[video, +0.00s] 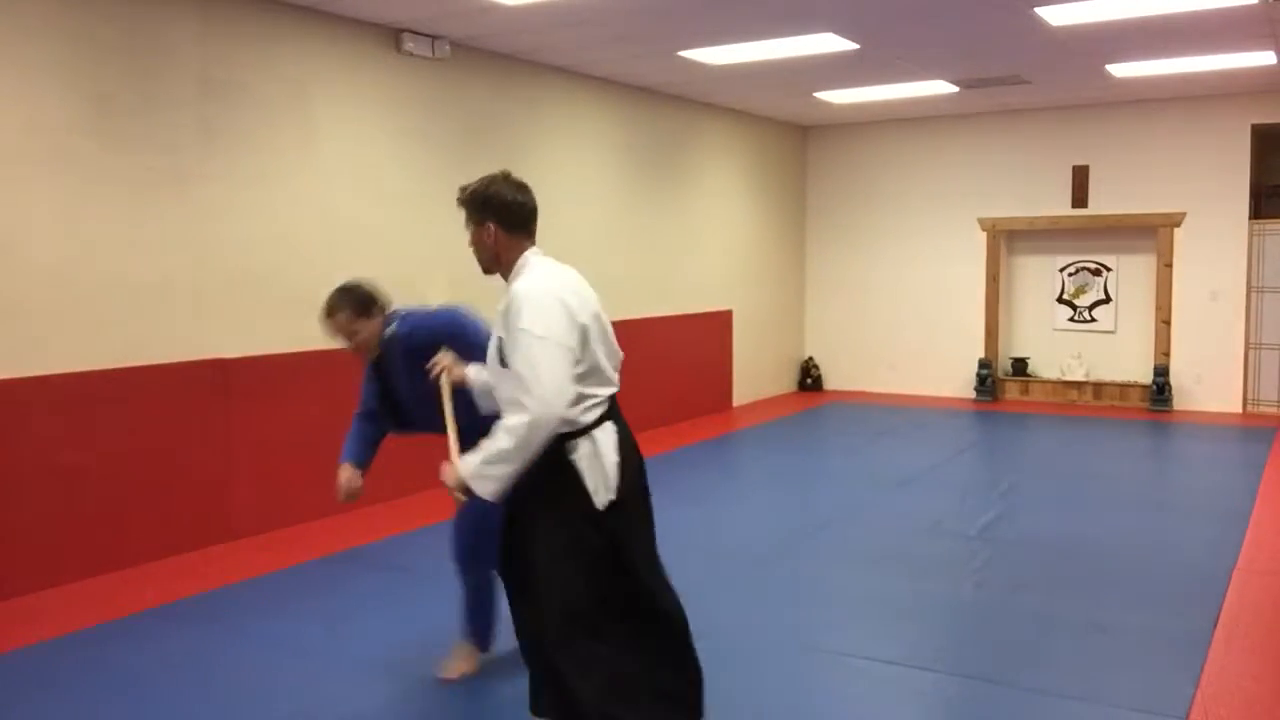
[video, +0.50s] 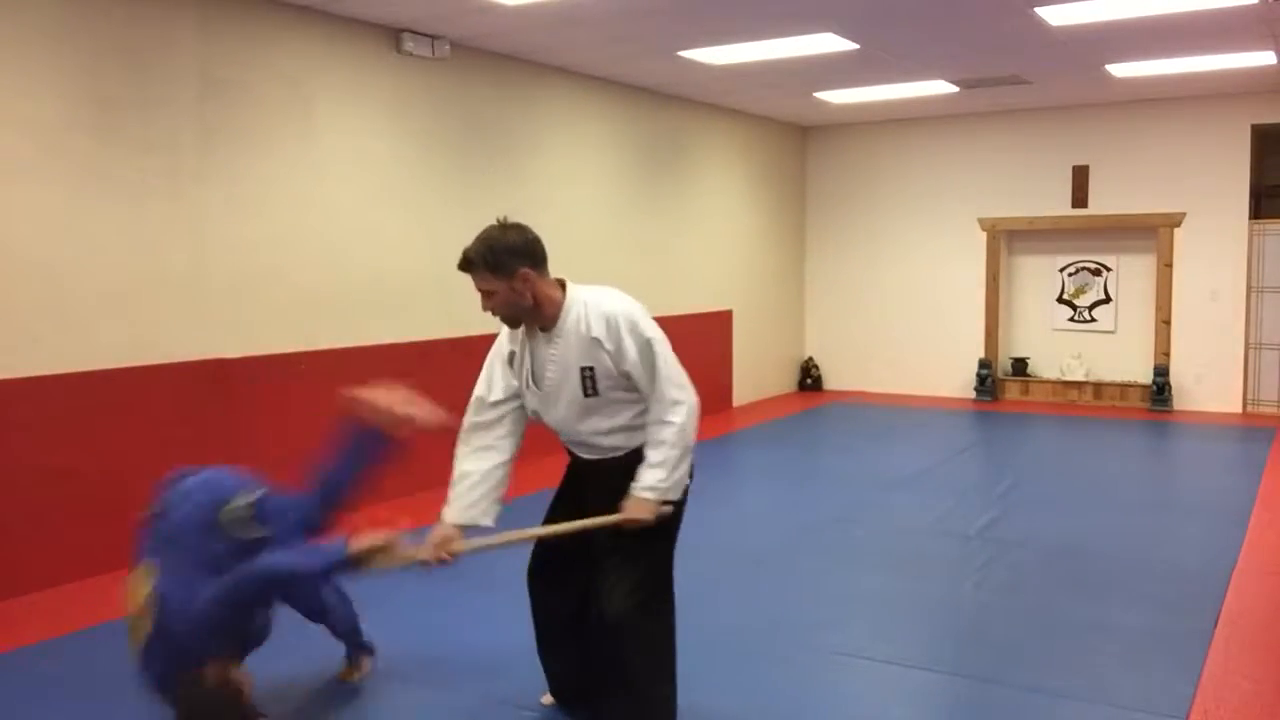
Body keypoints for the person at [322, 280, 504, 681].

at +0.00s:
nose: (350, 343)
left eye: (352, 332)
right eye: (343, 337)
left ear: (375, 316)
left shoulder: (414, 329)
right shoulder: (382, 366)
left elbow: (461, 320)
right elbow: (371, 415)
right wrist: (353, 462)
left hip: (510, 433)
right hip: (480, 441)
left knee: (472, 537)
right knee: (513, 547)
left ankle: (476, 641)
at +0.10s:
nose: (301, 397)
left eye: (299, 385)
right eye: (295, 388)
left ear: (320, 368)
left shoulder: (364, 371)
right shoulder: (346, 405)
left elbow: (412, 354)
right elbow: (338, 450)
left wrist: (467, 374)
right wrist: (323, 496)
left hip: (482, 447)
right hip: (455, 457)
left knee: (429, 549)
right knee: (488, 550)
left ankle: (408, 646)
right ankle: (544, 620)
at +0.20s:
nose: (250, 476)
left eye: (247, 465)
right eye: (243, 469)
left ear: (263, 446)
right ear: (260, 451)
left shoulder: (314, 426)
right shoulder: (299, 473)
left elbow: (366, 402)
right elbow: (290, 511)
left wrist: (429, 408)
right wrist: (289, 554)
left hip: (439, 461)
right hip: (426, 475)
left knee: (381, 564)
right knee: (469, 554)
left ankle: (352, 657)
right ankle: (542, 619)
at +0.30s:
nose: (227, 564)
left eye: (220, 557)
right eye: (219, 562)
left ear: (222, 533)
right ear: (215, 537)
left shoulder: (265, 494)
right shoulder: (235, 524)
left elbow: (325, 464)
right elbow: (245, 583)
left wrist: (392, 458)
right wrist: (257, 636)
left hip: (386, 490)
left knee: (345, 579)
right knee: (435, 554)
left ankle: (347, 662)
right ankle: (530, 598)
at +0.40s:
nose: (236, 647)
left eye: (230, 636)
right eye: (224, 651)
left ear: (219, 611)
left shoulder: (235, 559)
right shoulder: (189, 617)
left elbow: (302, 520)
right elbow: (224, 669)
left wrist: (379, 506)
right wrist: (252, 703)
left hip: (323, 473)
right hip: (276, 495)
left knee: (330, 600)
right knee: (381, 540)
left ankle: (351, 658)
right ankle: (477, 526)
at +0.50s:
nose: (244, 689)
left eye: (236, 689)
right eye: (239, 693)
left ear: (217, 674)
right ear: (212, 675)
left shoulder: (201, 627)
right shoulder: (169, 672)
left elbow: (266, 569)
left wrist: (348, 554)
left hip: (220, 502)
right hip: (176, 525)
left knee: (303, 587)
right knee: (315, 515)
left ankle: (358, 650)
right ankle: (371, 429)